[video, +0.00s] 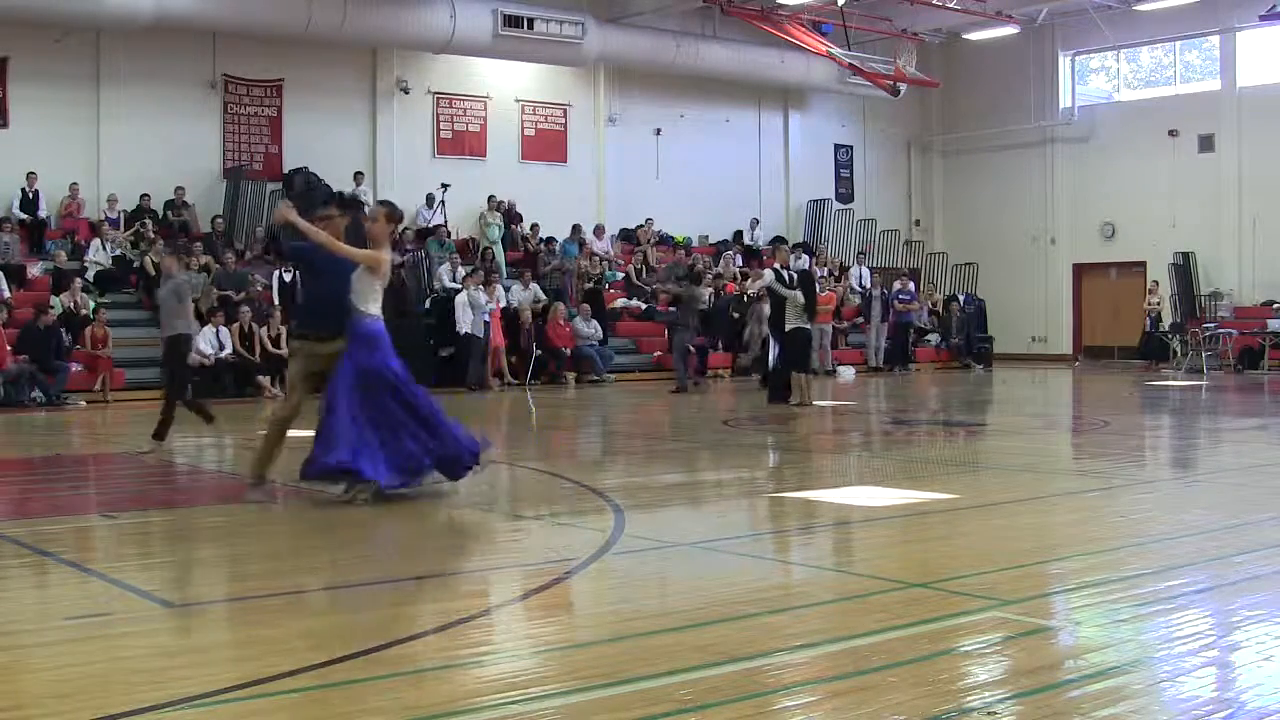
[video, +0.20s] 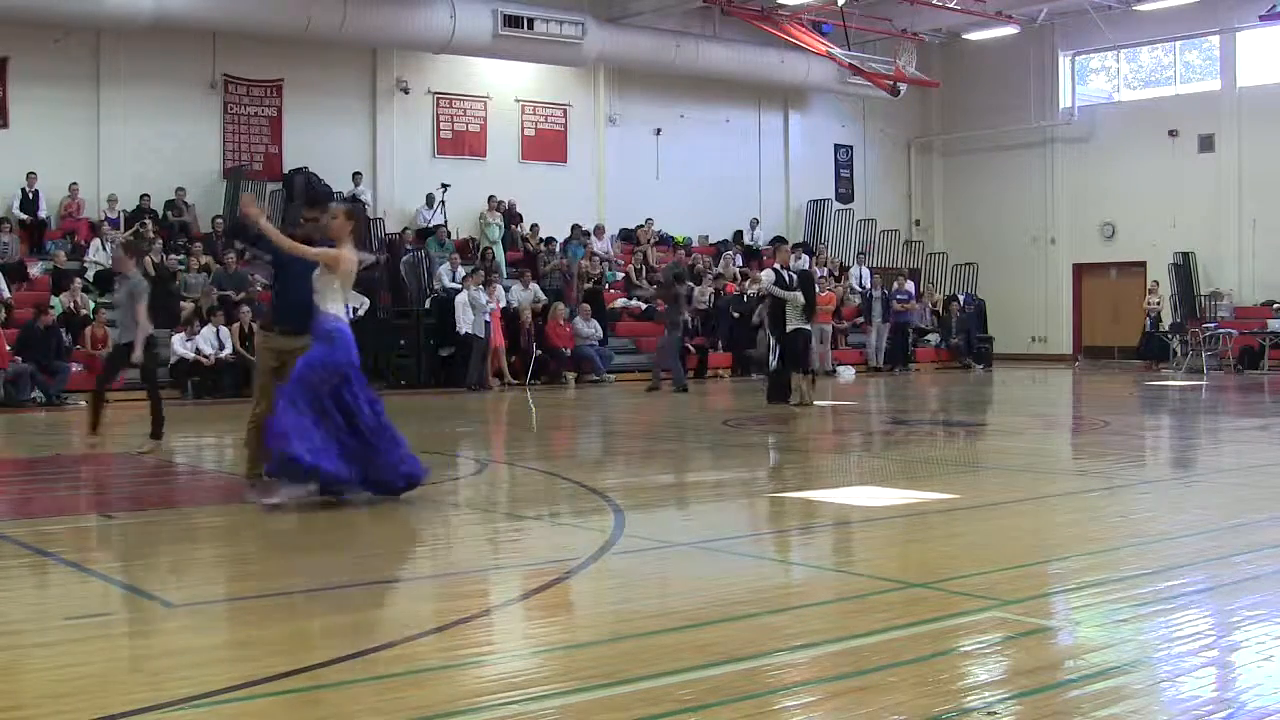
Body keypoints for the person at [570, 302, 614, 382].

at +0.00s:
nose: (587, 312)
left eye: (589, 310)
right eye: (585, 311)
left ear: (591, 312)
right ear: (580, 312)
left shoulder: (594, 321)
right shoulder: (576, 321)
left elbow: (600, 335)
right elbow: (581, 332)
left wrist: (589, 337)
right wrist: (593, 332)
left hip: (594, 344)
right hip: (582, 345)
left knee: (609, 354)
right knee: (592, 354)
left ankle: (597, 374)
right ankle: (602, 374)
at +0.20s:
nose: (587, 312)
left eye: (589, 310)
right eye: (585, 311)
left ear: (591, 312)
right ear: (580, 312)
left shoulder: (594, 321)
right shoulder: (576, 321)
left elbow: (600, 335)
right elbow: (581, 333)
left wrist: (588, 335)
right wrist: (593, 331)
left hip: (594, 345)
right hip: (582, 345)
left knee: (609, 354)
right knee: (592, 354)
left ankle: (598, 373)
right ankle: (602, 374)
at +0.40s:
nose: (587, 312)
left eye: (589, 310)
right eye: (585, 311)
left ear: (591, 312)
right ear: (580, 312)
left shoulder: (593, 321)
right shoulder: (576, 321)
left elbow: (600, 335)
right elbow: (581, 332)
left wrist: (588, 335)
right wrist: (593, 331)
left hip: (594, 345)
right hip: (582, 345)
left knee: (609, 354)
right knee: (592, 354)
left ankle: (598, 374)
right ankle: (602, 374)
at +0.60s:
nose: (587, 312)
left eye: (589, 310)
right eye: (585, 311)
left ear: (591, 312)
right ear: (580, 312)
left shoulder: (594, 321)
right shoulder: (576, 321)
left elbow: (600, 335)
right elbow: (581, 332)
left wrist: (588, 335)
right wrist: (593, 331)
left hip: (594, 344)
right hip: (582, 345)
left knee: (609, 354)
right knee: (592, 355)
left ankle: (598, 373)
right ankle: (602, 374)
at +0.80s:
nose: (588, 313)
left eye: (589, 310)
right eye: (585, 311)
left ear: (591, 312)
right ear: (580, 312)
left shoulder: (593, 321)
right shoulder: (576, 321)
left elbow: (600, 335)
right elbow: (581, 332)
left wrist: (588, 336)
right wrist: (593, 332)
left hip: (595, 344)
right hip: (583, 344)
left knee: (609, 354)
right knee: (592, 354)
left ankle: (597, 374)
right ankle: (602, 374)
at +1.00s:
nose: (588, 313)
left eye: (589, 311)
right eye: (585, 311)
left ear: (590, 312)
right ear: (580, 312)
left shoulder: (593, 321)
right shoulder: (576, 321)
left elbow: (600, 335)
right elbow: (581, 332)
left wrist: (589, 336)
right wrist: (593, 331)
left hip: (595, 344)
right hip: (583, 345)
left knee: (609, 354)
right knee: (592, 354)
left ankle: (597, 374)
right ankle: (602, 374)